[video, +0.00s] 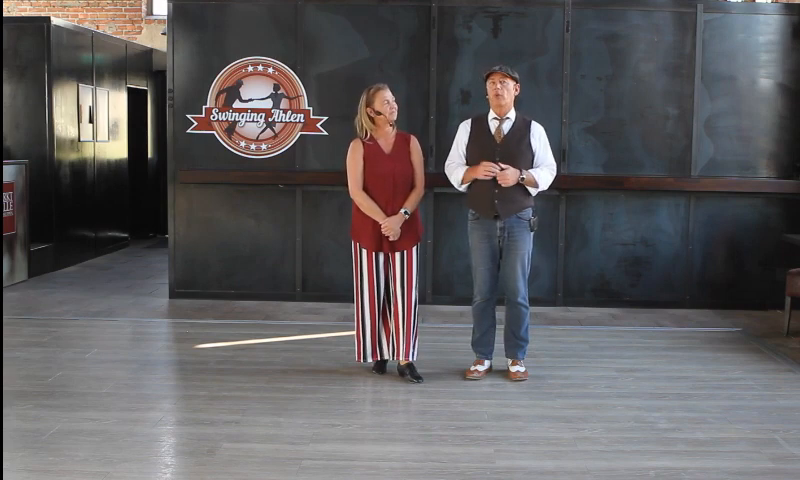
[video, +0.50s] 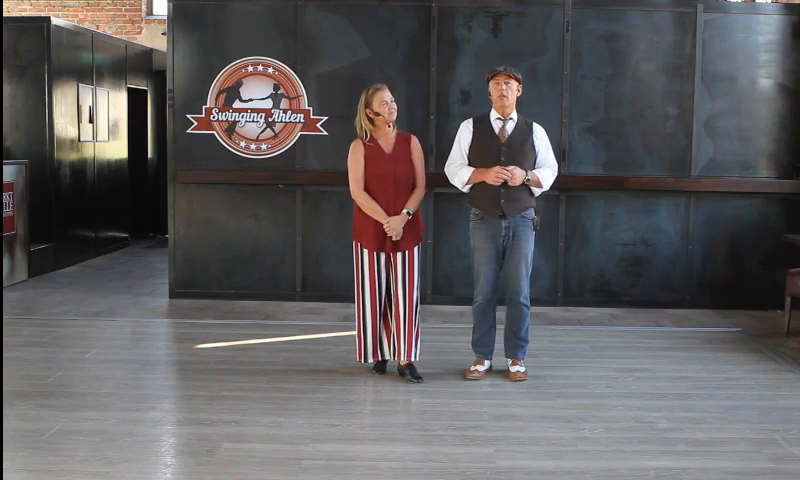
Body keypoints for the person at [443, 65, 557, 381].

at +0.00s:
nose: (498, 88)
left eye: (503, 83)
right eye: (493, 84)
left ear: (515, 89)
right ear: (486, 90)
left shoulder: (532, 129)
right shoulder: (469, 127)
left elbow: (548, 171)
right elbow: (452, 169)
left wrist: (520, 176)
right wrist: (472, 172)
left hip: (519, 220)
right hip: (480, 220)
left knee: (516, 292)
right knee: (482, 292)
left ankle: (516, 358)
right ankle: (482, 358)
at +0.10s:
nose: (499, 89)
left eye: (505, 84)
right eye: (494, 84)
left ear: (516, 90)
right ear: (487, 91)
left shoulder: (533, 130)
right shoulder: (469, 127)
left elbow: (548, 171)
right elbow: (452, 168)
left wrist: (521, 176)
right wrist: (477, 172)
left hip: (519, 220)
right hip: (480, 220)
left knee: (516, 292)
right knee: (482, 292)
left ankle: (516, 358)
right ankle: (482, 358)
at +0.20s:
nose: (501, 90)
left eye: (507, 85)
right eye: (496, 86)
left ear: (517, 91)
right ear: (488, 91)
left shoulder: (534, 131)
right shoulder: (469, 127)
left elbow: (549, 172)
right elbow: (451, 168)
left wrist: (523, 176)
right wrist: (478, 173)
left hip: (520, 220)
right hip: (481, 220)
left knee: (516, 292)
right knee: (483, 292)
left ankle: (516, 358)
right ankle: (482, 358)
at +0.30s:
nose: (502, 90)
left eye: (508, 85)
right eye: (497, 85)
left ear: (518, 91)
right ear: (489, 91)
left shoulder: (534, 131)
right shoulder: (470, 127)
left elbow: (549, 172)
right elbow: (451, 168)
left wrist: (523, 176)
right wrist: (480, 173)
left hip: (520, 220)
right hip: (481, 220)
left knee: (517, 292)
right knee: (483, 292)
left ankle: (516, 358)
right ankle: (482, 358)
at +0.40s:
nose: (503, 91)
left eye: (508, 86)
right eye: (498, 86)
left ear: (518, 91)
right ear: (489, 91)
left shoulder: (534, 131)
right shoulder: (470, 127)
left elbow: (549, 172)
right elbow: (452, 169)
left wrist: (525, 176)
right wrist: (481, 174)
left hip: (521, 221)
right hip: (482, 221)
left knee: (518, 292)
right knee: (483, 292)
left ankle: (516, 359)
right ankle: (482, 358)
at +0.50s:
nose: (503, 91)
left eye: (508, 86)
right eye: (497, 86)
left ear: (518, 91)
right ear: (489, 91)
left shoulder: (534, 131)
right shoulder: (470, 127)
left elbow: (549, 171)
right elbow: (452, 169)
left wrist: (525, 176)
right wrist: (482, 174)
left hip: (521, 221)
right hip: (483, 221)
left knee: (518, 293)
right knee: (484, 292)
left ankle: (516, 359)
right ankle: (482, 358)